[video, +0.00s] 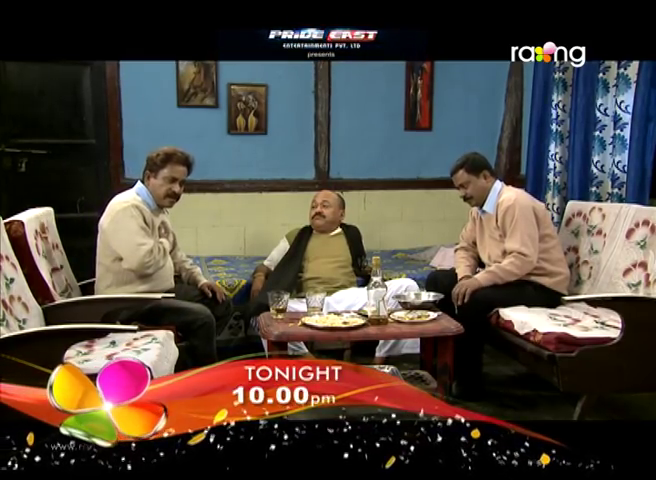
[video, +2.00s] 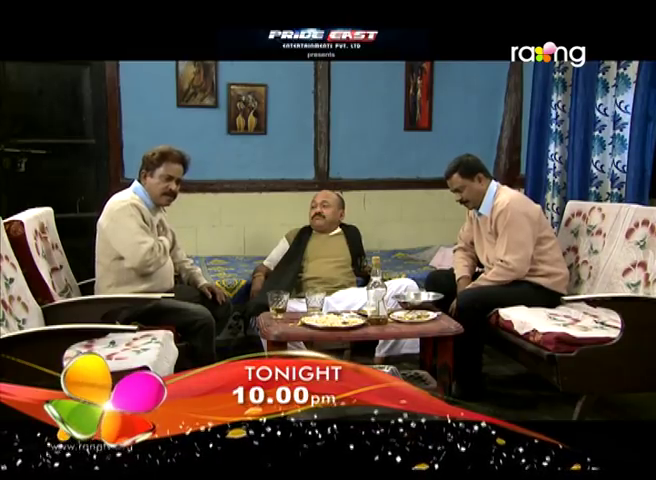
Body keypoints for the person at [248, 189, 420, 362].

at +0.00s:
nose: (317, 210)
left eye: (325, 206)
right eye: (314, 206)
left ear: (341, 213)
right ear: (309, 211)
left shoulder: (351, 233)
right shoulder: (297, 236)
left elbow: (362, 268)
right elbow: (265, 267)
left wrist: (377, 282)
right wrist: (257, 295)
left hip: (351, 297)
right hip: (310, 300)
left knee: (407, 286)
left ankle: (381, 362)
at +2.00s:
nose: (317, 210)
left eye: (325, 206)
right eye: (313, 206)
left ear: (340, 213)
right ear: (309, 212)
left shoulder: (351, 233)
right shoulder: (297, 236)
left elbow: (361, 269)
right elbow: (264, 270)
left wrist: (379, 281)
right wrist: (255, 303)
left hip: (350, 298)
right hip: (310, 300)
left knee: (406, 285)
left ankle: (383, 362)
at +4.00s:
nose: (336, 213)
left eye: (337, 207)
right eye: (328, 209)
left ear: (340, 208)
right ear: (309, 214)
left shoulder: (347, 233)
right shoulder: (294, 237)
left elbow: (360, 267)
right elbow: (264, 268)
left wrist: (376, 278)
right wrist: (258, 279)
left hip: (352, 297)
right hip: (311, 300)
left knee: (406, 287)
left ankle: (383, 366)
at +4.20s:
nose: (336, 213)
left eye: (337, 207)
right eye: (329, 209)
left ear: (340, 208)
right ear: (309, 214)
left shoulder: (347, 234)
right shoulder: (293, 237)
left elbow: (359, 267)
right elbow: (266, 267)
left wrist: (378, 276)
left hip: (351, 297)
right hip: (311, 299)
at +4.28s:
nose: (336, 213)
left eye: (337, 207)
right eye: (329, 209)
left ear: (340, 208)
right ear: (309, 214)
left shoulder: (346, 234)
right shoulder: (293, 237)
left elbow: (358, 267)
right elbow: (266, 266)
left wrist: (380, 272)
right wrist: (254, 278)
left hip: (350, 298)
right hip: (310, 300)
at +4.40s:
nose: (336, 212)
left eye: (337, 207)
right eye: (328, 208)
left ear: (339, 208)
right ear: (308, 214)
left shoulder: (346, 233)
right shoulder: (293, 236)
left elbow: (359, 267)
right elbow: (267, 267)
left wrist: (390, 270)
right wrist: (249, 277)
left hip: (350, 299)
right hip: (311, 300)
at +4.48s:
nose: (336, 212)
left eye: (337, 207)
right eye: (329, 208)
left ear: (339, 208)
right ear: (308, 213)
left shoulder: (345, 233)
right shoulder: (292, 236)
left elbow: (360, 267)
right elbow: (267, 267)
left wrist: (395, 270)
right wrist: (242, 274)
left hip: (351, 298)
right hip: (310, 300)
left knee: (406, 286)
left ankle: (379, 365)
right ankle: (312, 366)